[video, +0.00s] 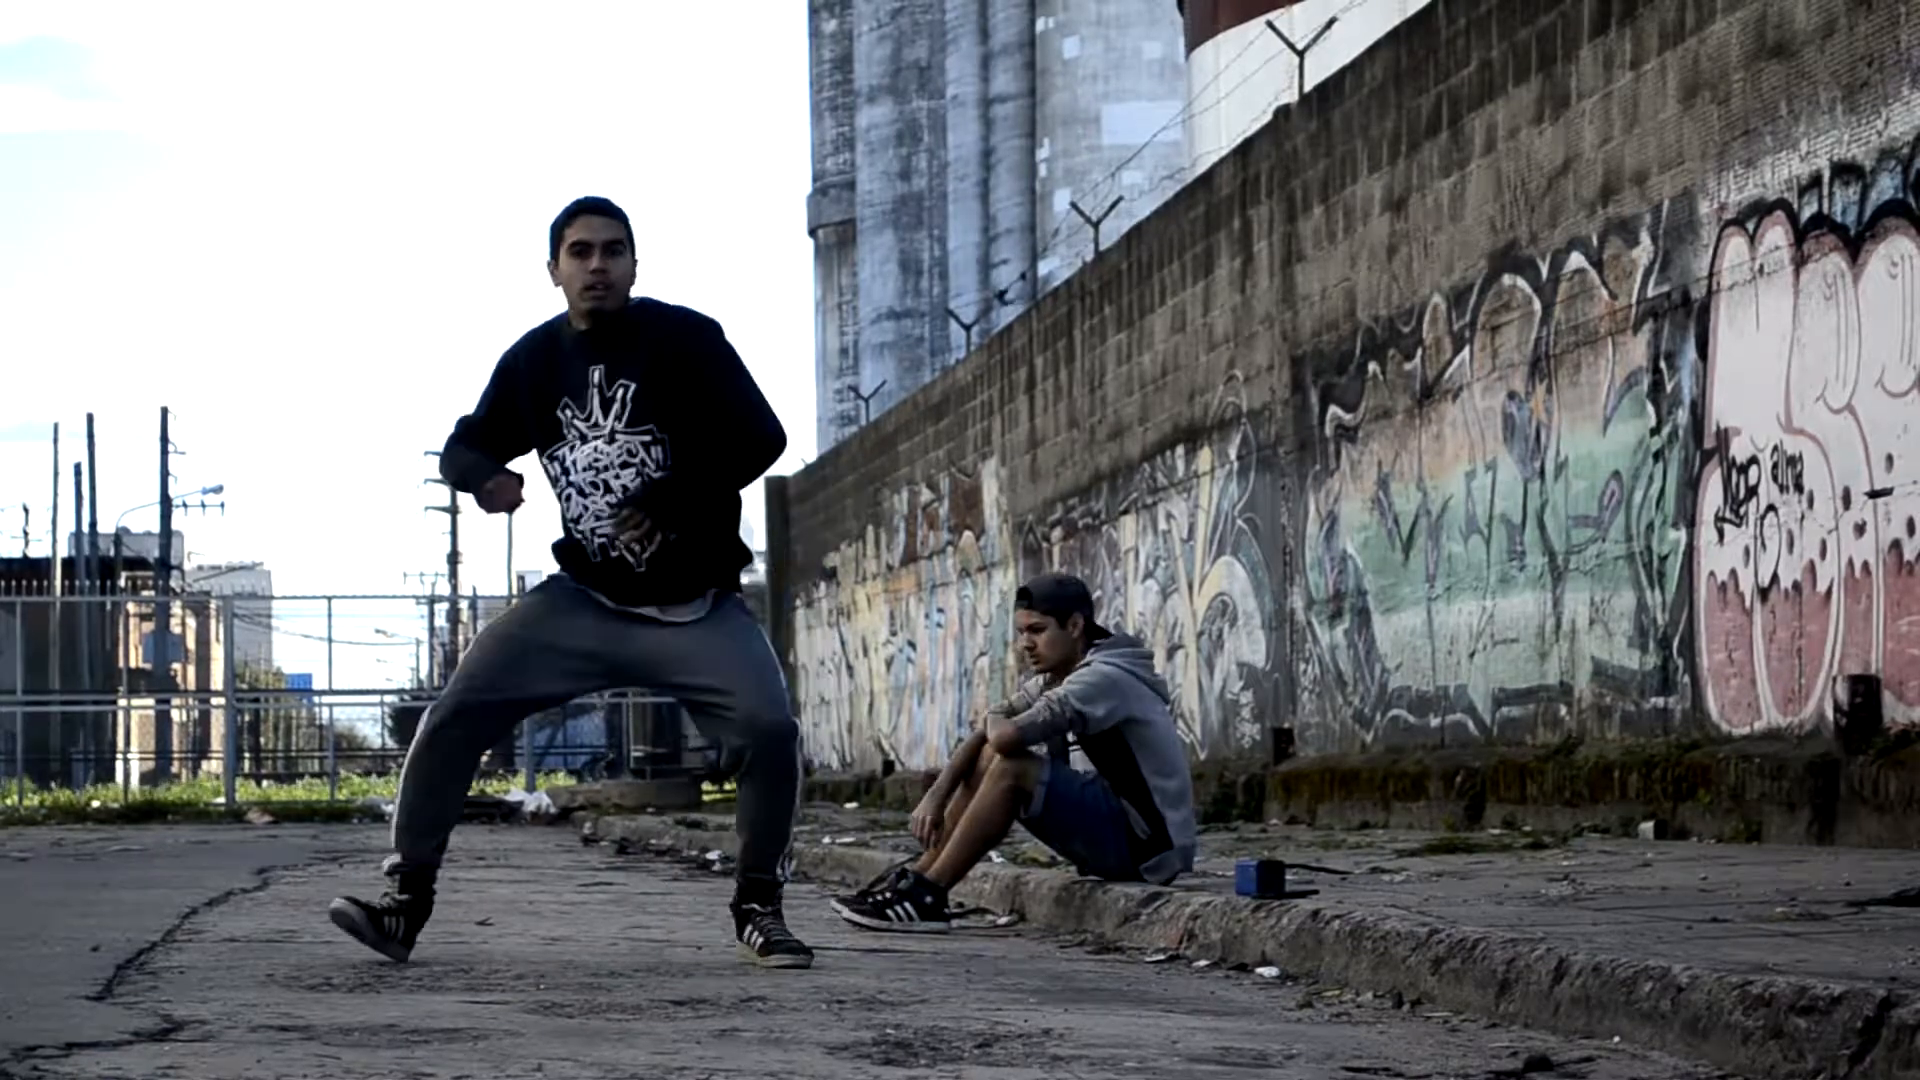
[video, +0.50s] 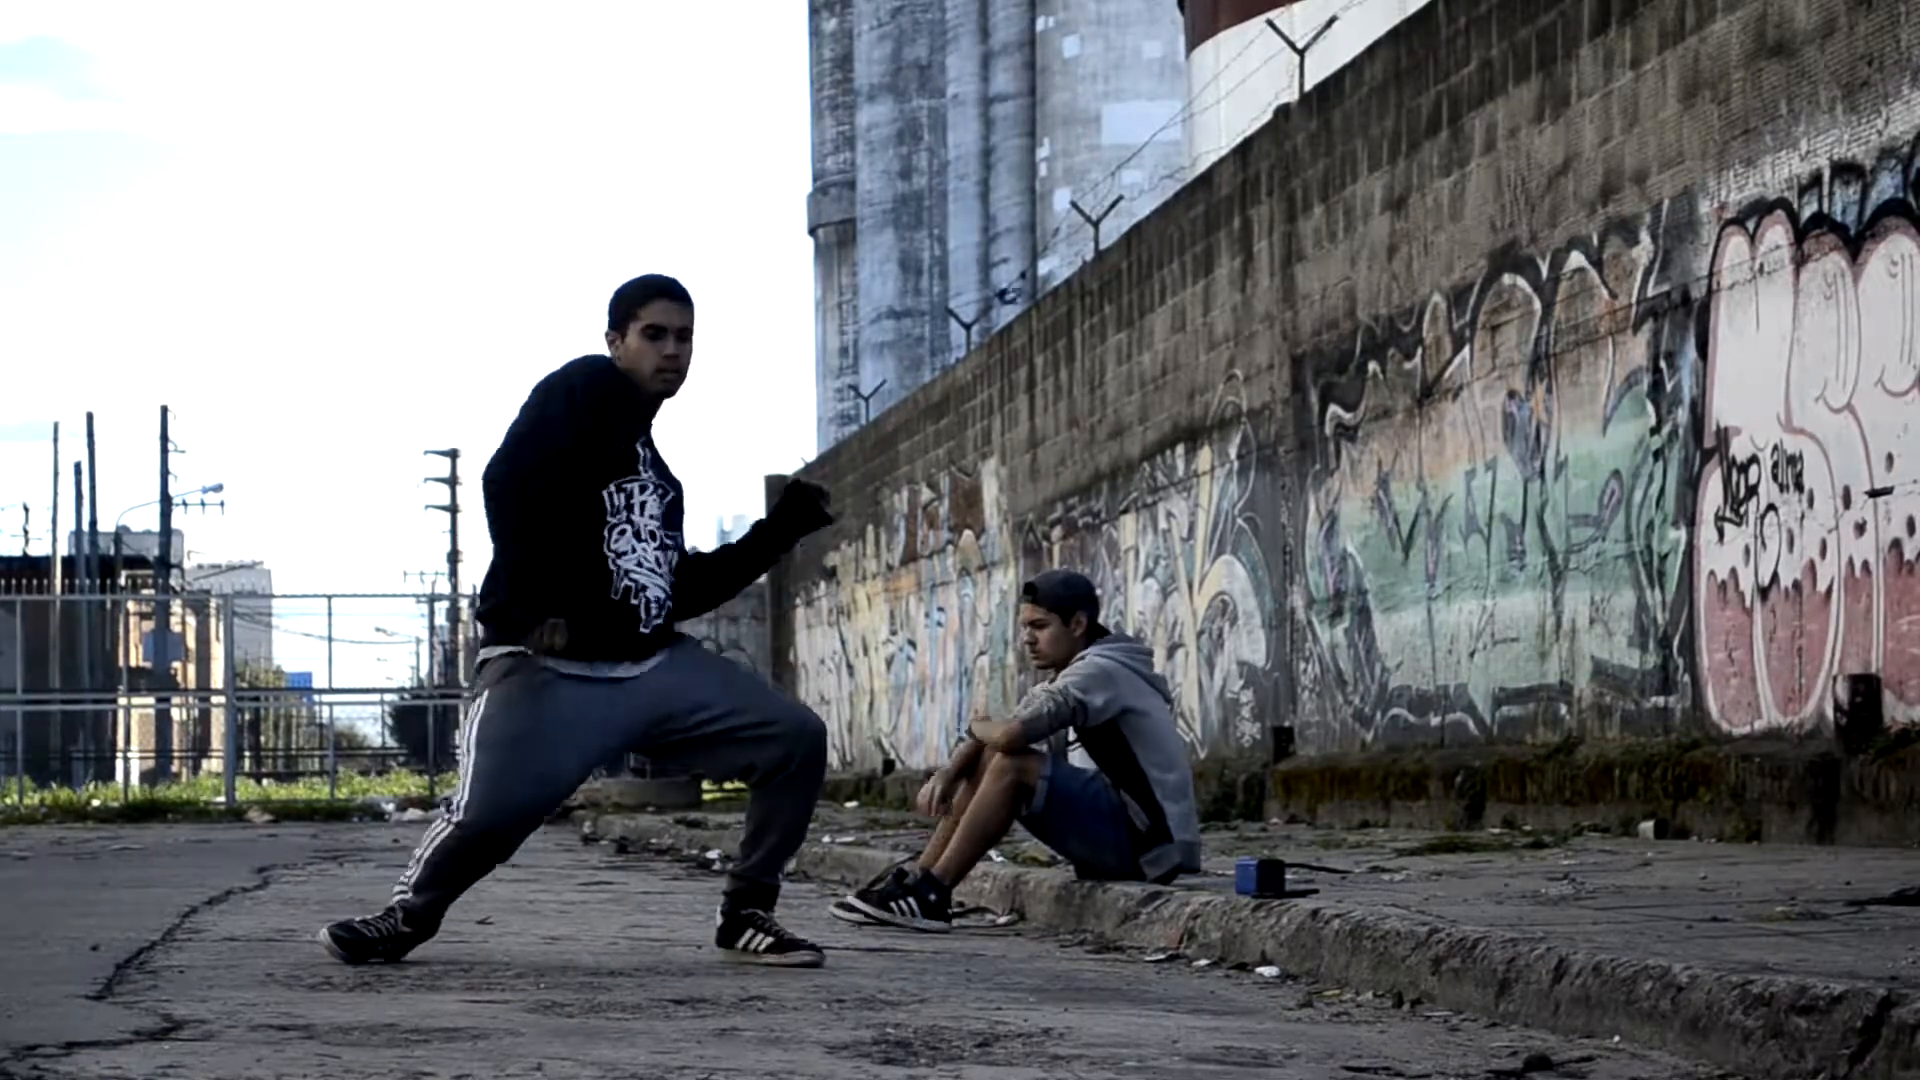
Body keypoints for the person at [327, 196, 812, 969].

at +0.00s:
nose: (598, 266)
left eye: (613, 251)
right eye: (581, 252)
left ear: (635, 263)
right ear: (555, 270)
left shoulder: (690, 341)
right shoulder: (533, 363)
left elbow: (762, 437)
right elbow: (465, 448)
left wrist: (671, 501)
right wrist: (482, 473)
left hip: (701, 611)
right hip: (583, 604)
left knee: (772, 731)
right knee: (456, 710)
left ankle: (760, 910)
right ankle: (405, 902)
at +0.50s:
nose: (674, 351)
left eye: (685, 338)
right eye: (656, 335)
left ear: (693, 349)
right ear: (616, 340)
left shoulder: (659, 480)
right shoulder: (585, 386)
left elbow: (681, 593)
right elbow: (510, 481)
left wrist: (778, 530)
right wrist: (538, 601)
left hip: (658, 664)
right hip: (550, 669)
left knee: (797, 738)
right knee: (489, 816)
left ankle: (747, 916)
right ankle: (406, 920)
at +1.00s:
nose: (597, 192)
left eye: (608, 177)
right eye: (579, 177)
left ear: (620, 185)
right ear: (542, 188)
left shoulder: (681, 283)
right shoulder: (507, 292)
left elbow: (762, 383)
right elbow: (409, 407)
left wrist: (716, 451)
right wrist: (501, 468)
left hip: (670, 557)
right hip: (549, 554)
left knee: (715, 715)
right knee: (475, 696)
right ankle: (442, 837)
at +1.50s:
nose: (666, 222)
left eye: (678, 210)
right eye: (648, 212)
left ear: (697, 225)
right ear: (619, 234)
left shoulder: (754, 300)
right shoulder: (625, 365)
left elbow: (848, 369)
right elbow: (581, 483)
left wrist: (852, 453)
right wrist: (521, 430)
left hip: (801, 580)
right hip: (701, 588)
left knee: (790, 768)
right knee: (718, 728)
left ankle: (698, 843)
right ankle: (790, 907)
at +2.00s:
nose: (834, 284)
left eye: (845, 271)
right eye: (817, 267)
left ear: (852, 281)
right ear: (775, 271)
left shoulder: (851, 383)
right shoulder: (736, 373)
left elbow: (895, 497)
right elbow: (719, 518)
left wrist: (965, 504)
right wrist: (758, 417)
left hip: (965, 579)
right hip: (879, 591)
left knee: (1055, 741)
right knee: (884, 771)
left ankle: (982, 919)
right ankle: (776, 896)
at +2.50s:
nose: (836, 179)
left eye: (851, 164)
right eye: (818, 161)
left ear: (865, 176)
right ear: (785, 171)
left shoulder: (872, 286)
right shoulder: (738, 281)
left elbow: (863, 434)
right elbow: (710, 435)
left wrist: (858, 559)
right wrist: (730, 582)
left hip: (793, 526)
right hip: (727, 516)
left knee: (719, 739)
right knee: (794, 703)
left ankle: (539, 779)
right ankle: (754, 902)